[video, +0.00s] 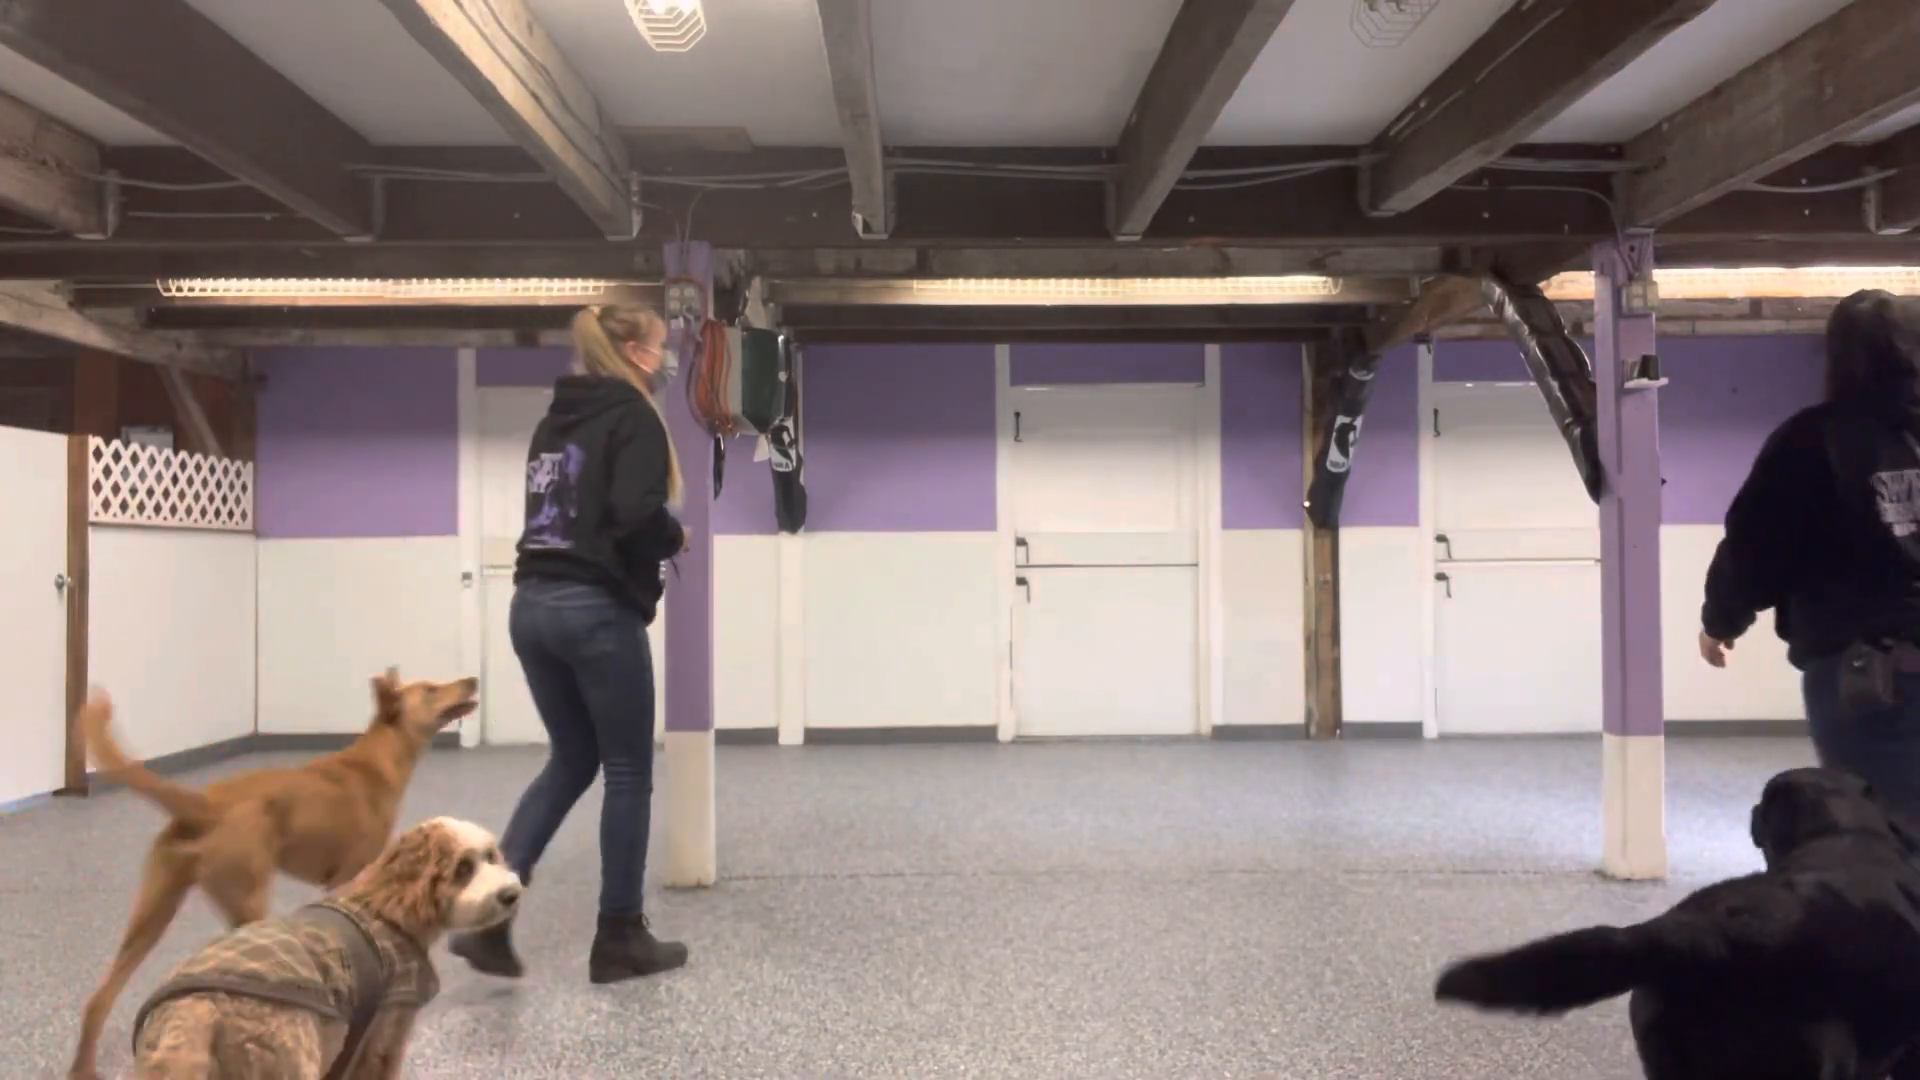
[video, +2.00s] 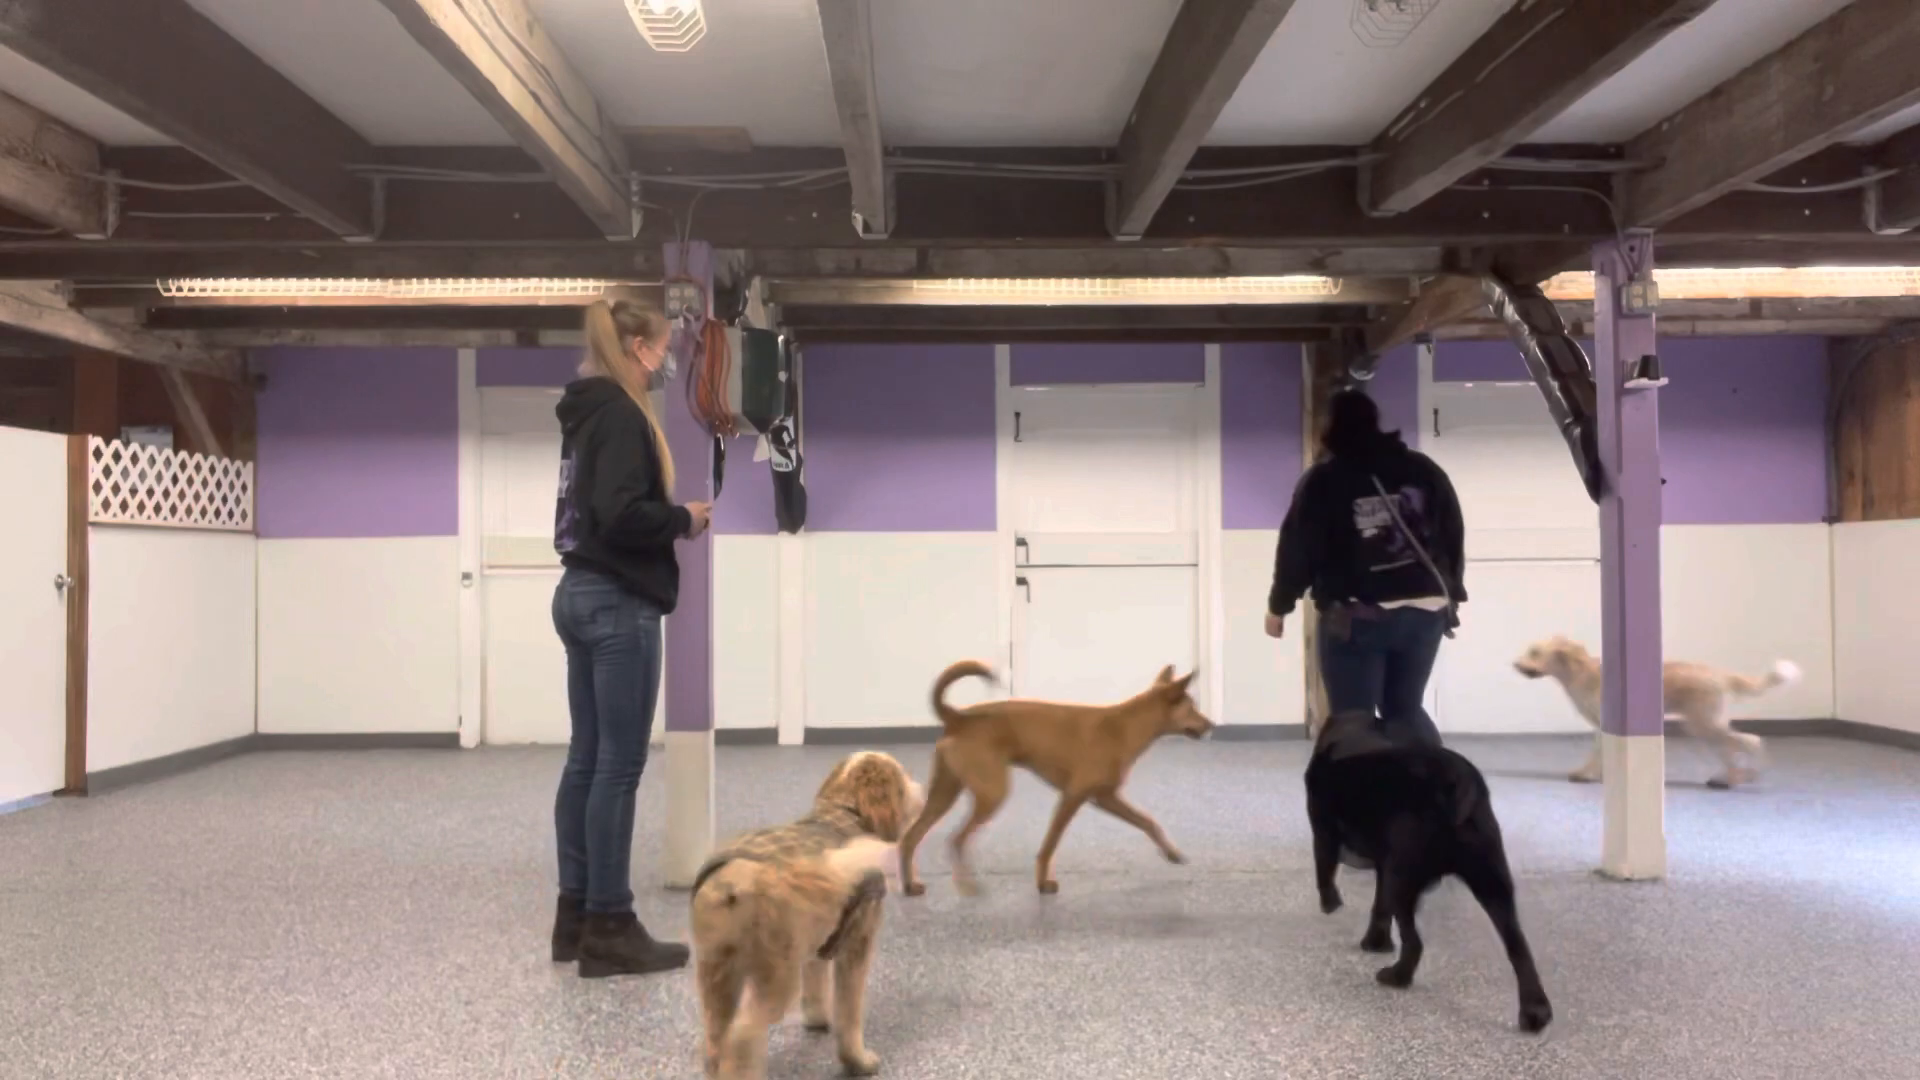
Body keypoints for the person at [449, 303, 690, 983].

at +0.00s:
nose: (664, 359)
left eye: (663, 347)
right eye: (659, 348)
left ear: (600, 346)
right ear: (632, 348)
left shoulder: (557, 415)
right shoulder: (634, 417)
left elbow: (550, 513)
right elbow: (636, 513)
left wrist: (625, 534)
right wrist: (674, 536)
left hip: (533, 605)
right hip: (596, 610)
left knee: (571, 758)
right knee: (629, 771)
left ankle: (489, 906)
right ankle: (620, 935)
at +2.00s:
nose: (661, 363)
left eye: (663, 351)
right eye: (659, 351)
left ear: (615, 342)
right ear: (634, 346)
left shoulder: (590, 407)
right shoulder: (620, 413)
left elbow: (602, 510)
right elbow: (618, 514)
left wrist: (668, 514)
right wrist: (683, 517)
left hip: (583, 592)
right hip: (619, 599)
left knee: (587, 760)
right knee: (619, 767)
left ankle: (575, 916)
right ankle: (609, 928)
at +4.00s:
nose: (475, 437)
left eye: (470, 427)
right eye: (472, 428)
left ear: (412, 431)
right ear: (466, 428)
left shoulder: (375, 489)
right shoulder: (478, 473)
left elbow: (325, 562)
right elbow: (518, 542)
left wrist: (378, 597)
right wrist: (539, 598)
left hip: (382, 635)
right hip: (455, 621)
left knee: (437, 760)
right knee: (540, 765)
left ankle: (415, 915)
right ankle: (591, 920)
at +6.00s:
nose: (268, 526)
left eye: (269, 520)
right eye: (268, 517)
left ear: (228, 494)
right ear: (259, 502)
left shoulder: (199, 530)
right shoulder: (243, 504)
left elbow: (223, 625)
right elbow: (232, 525)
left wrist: (270, 681)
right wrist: (246, 591)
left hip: (107, 611)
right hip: (165, 594)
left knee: (173, 748)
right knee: (197, 749)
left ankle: (164, 895)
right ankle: (197, 901)